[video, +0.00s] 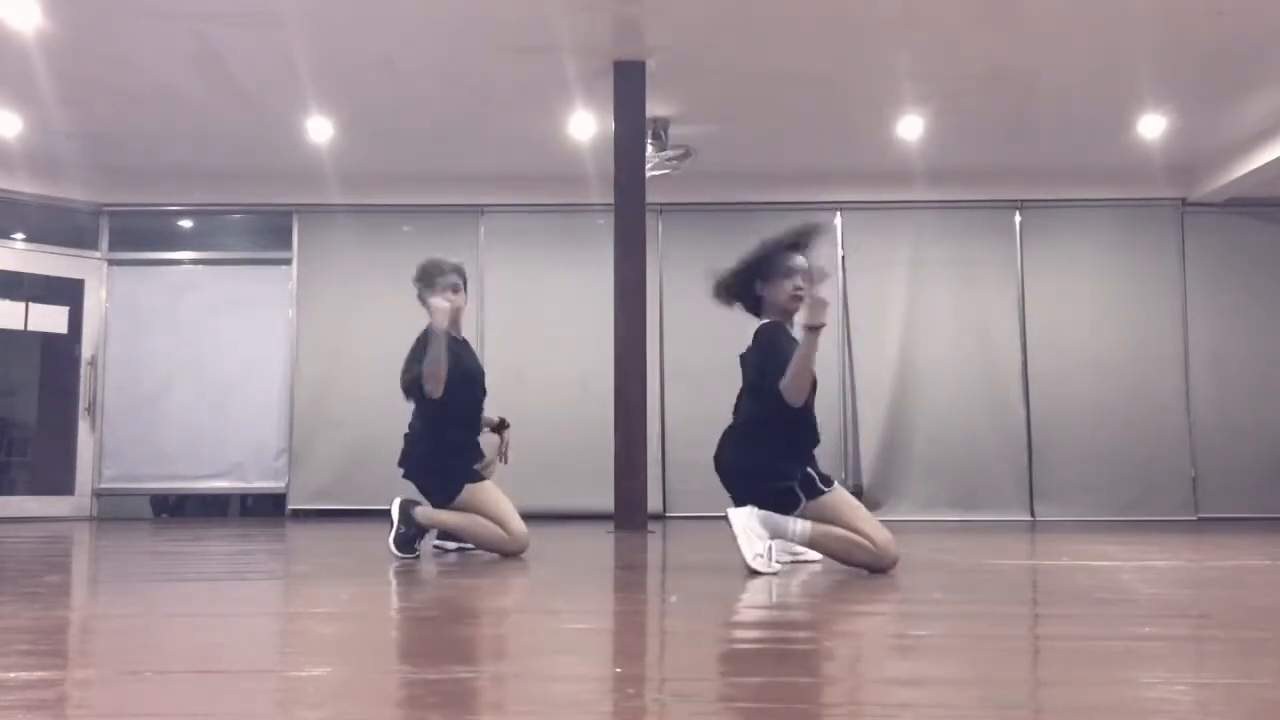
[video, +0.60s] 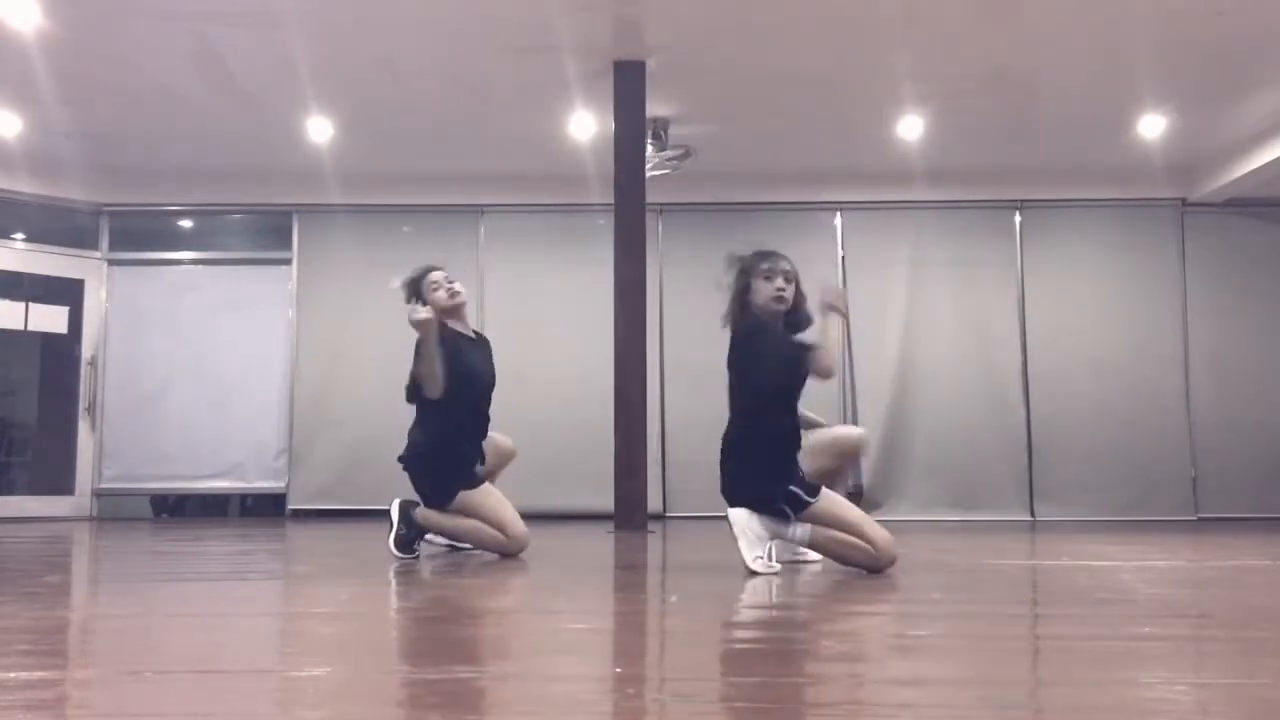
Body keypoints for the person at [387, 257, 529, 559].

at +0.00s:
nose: (453, 298)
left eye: (458, 289)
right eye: (444, 290)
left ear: (466, 295)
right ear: (425, 299)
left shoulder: (455, 341)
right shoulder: (431, 342)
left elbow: (453, 409)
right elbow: (433, 391)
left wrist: (494, 424)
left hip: (454, 448)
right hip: (437, 460)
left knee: (489, 458)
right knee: (517, 540)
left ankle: (453, 528)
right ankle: (417, 514)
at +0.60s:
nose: (449, 287)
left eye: (450, 281)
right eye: (437, 287)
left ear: (461, 287)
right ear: (425, 305)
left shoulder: (473, 338)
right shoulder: (434, 340)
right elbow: (432, 392)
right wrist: (428, 334)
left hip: (464, 443)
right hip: (436, 459)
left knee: (504, 448)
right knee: (516, 540)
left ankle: (454, 524)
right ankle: (416, 516)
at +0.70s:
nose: (463, 291)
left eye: (467, 283)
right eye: (450, 289)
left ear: (477, 289)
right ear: (438, 305)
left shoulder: (463, 335)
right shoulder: (450, 338)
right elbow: (475, 381)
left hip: (460, 441)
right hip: (439, 462)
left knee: (527, 440)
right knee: (516, 540)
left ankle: (471, 510)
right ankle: (417, 517)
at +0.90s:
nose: (500, 295)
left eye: (504, 286)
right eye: (488, 291)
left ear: (511, 287)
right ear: (474, 301)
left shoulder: (491, 327)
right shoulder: (506, 326)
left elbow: (460, 390)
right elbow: (573, 347)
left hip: (480, 449)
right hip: (459, 456)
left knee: (558, 434)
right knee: (517, 541)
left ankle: (566, 528)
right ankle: (420, 517)